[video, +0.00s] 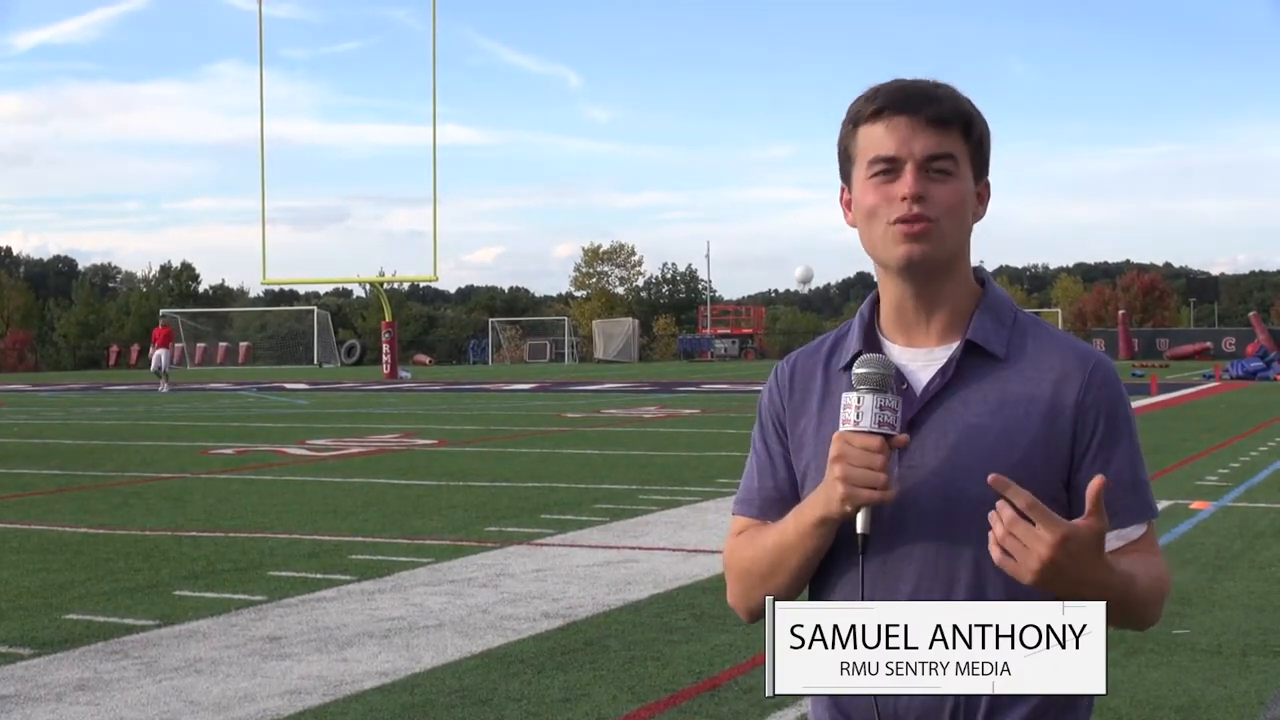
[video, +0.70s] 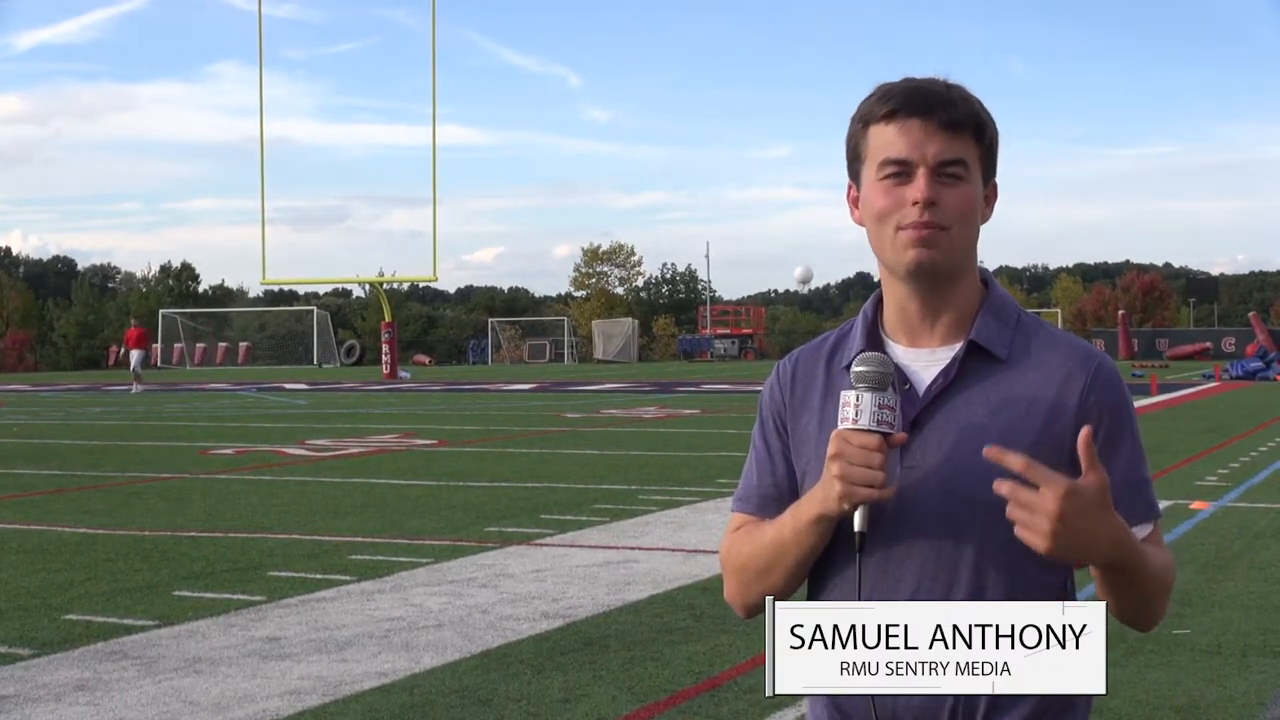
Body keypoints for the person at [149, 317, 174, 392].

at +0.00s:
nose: (161, 322)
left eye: (163, 321)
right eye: (160, 321)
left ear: (166, 322)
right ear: (159, 321)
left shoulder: (169, 330)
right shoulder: (155, 330)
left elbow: (171, 343)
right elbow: (153, 343)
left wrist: (172, 356)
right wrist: (151, 352)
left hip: (165, 349)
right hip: (157, 349)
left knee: (164, 369)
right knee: (153, 368)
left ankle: (166, 385)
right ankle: (162, 382)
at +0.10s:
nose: (158, 322)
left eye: (160, 321)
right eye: (157, 321)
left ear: (162, 322)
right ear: (155, 322)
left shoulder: (165, 330)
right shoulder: (152, 331)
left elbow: (166, 341)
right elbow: (150, 342)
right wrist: (148, 351)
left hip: (162, 350)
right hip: (154, 350)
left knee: (163, 369)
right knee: (150, 368)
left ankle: (165, 385)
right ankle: (152, 384)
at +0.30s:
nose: (150, 324)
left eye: (151, 323)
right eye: (149, 323)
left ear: (153, 324)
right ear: (147, 324)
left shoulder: (156, 332)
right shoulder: (144, 333)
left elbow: (158, 342)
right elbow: (143, 342)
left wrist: (152, 348)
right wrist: (143, 349)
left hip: (155, 352)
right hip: (146, 352)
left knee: (158, 370)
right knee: (144, 370)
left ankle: (164, 386)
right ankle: (142, 386)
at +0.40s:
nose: (145, 324)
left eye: (147, 322)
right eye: (144, 322)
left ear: (149, 323)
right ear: (142, 323)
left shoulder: (151, 331)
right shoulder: (140, 332)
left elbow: (154, 341)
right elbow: (138, 342)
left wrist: (151, 348)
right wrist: (138, 349)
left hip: (149, 352)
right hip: (141, 352)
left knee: (152, 370)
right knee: (140, 370)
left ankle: (161, 384)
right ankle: (140, 386)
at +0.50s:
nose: (141, 323)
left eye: (142, 322)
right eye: (140, 322)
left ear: (145, 323)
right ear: (138, 323)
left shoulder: (148, 330)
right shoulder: (135, 331)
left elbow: (151, 341)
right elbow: (133, 344)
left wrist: (150, 351)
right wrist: (132, 355)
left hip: (145, 351)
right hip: (137, 351)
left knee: (145, 370)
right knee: (138, 371)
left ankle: (154, 382)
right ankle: (140, 386)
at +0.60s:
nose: (138, 323)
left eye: (139, 321)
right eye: (136, 321)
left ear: (141, 323)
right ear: (134, 322)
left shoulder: (145, 330)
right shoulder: (132, 331)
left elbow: (150, 341)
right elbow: (129, 343)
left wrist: (151, 351)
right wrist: (127, 352)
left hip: (142, 350)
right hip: (134, 350)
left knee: (138, 368)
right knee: (137, 368)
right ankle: (142, 384)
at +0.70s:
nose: (133, 323)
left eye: (134, 321)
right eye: (132, 321)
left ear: (137, 322)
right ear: (130, 322)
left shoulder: (142, 331)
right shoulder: (128, 331)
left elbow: (146, 342)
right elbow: (125, 343)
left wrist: (148, 351)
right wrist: (122, 351)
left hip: (140, 350)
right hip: (132, 350)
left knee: (133, 368)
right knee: (135, 369)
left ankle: (139, 385)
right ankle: (136, 386)